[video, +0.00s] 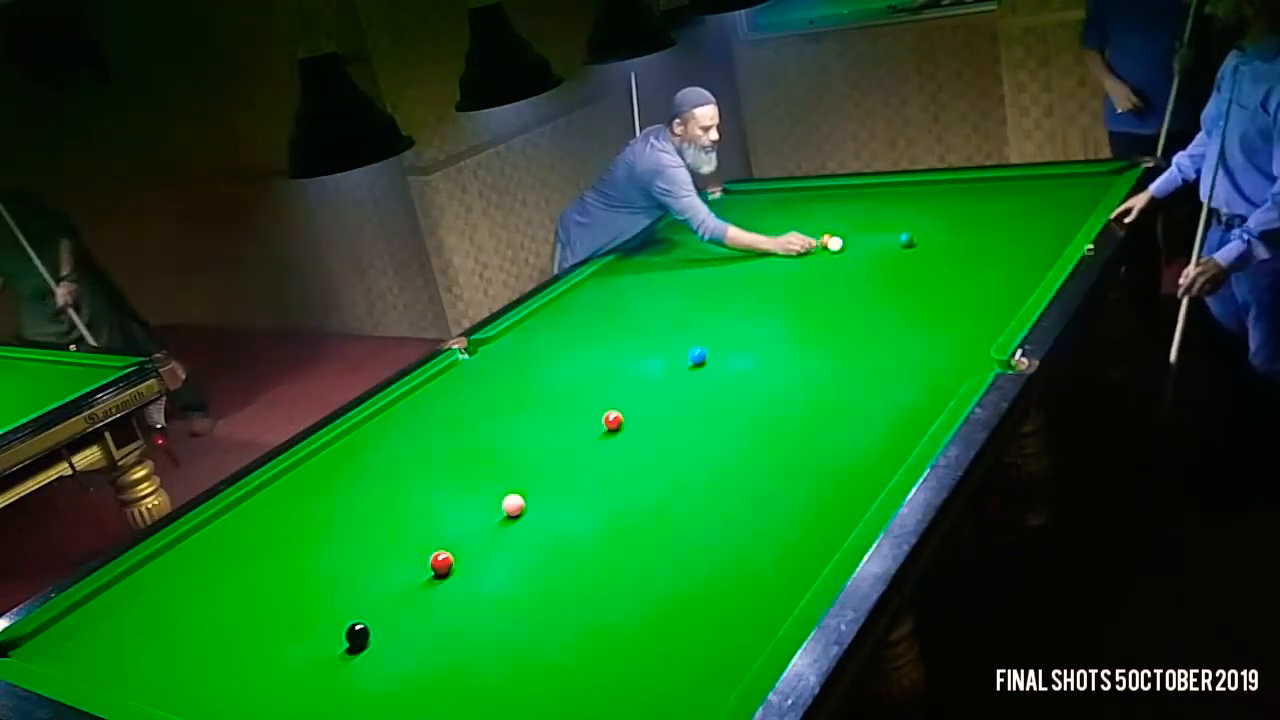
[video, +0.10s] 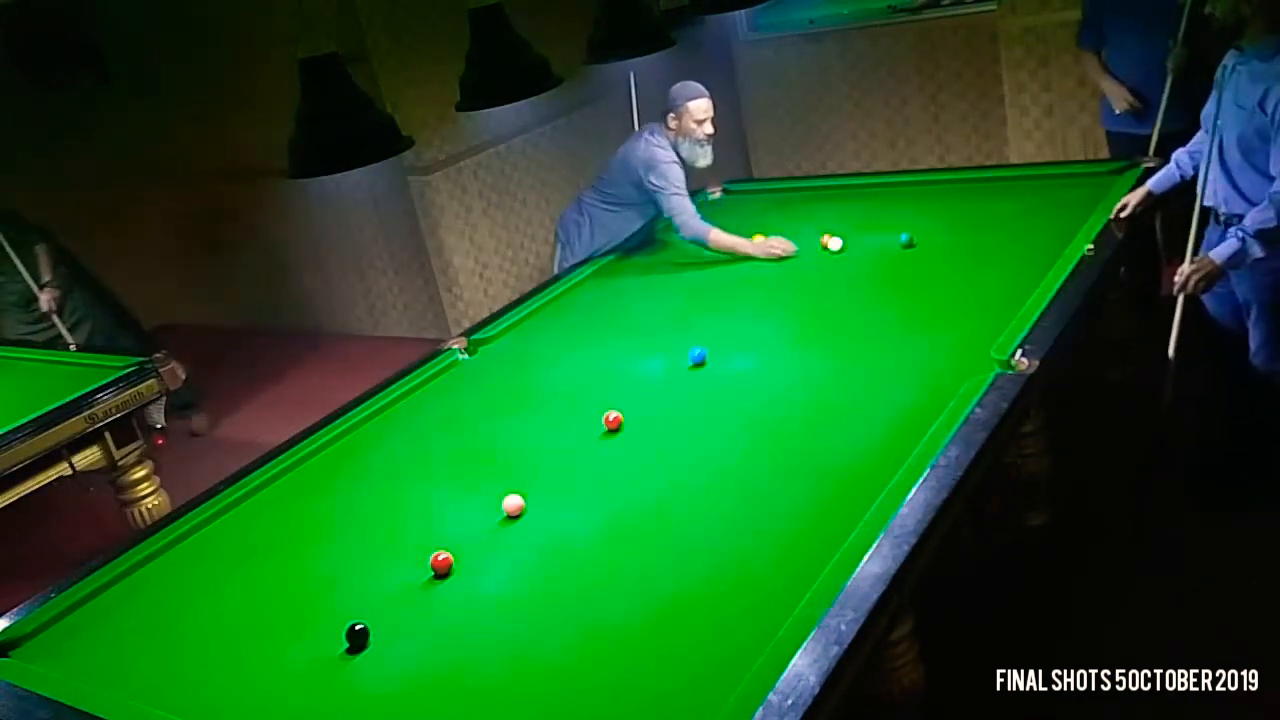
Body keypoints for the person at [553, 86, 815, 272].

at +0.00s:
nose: (715, 138)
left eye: (716, 128)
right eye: (706, 129)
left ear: (680, 127)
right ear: (678, 128)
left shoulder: (663, 135)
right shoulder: (662, 164)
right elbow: (706, 226)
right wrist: (773, 243)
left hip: (623, 234)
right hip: (586, 241)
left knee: (610, 312)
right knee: (578, 320)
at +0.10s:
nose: (709, 130)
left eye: (710, 121)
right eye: (699, 123)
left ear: (674, 121)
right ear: (672, 123)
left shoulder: (663, 136)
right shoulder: (658, 158)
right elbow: (689, 227)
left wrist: (697, 192)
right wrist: (753, 247)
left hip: (621, 231)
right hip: (587, 238)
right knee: (576, 317)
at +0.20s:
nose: (698, 119)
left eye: (699, 110)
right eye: (687, 111)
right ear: (660, 112)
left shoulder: (651, 134)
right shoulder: (646, 148)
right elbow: (662, 223)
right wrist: (720, 253)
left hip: (614, 232)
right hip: (587, 239)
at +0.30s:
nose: (679, 106)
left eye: (680, 96)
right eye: (668, 98)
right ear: (642, 99)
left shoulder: (645, 129)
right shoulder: (629, 136)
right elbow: (620, 211)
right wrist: (668, 255)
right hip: (587, 237)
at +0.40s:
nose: (656, 95)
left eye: (658, 86)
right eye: (645, 88)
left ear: (660, 84)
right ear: (621, 90)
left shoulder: (636, 123)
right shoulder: (605, 130)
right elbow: (578, 201)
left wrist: (640, 189)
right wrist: (618, 255)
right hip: (581, 242)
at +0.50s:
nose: (634, 87)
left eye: (635, 78)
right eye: (622, 80)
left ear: (638, 77)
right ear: (598, 83)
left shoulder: (627, 120)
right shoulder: (580, 128)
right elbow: (551, 196)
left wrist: (631, 190)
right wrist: (572, 250)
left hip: (611, 236)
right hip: (578, 245)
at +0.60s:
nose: (609, 84)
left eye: (610, 75)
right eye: (597, 77)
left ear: (614, 76)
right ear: (574, 81)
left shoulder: (605, 115)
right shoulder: (559, 126)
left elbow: (597, 168)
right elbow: (530, 193)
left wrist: (626, 189)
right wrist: (548, 254)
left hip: (608, 239)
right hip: (575, 253)